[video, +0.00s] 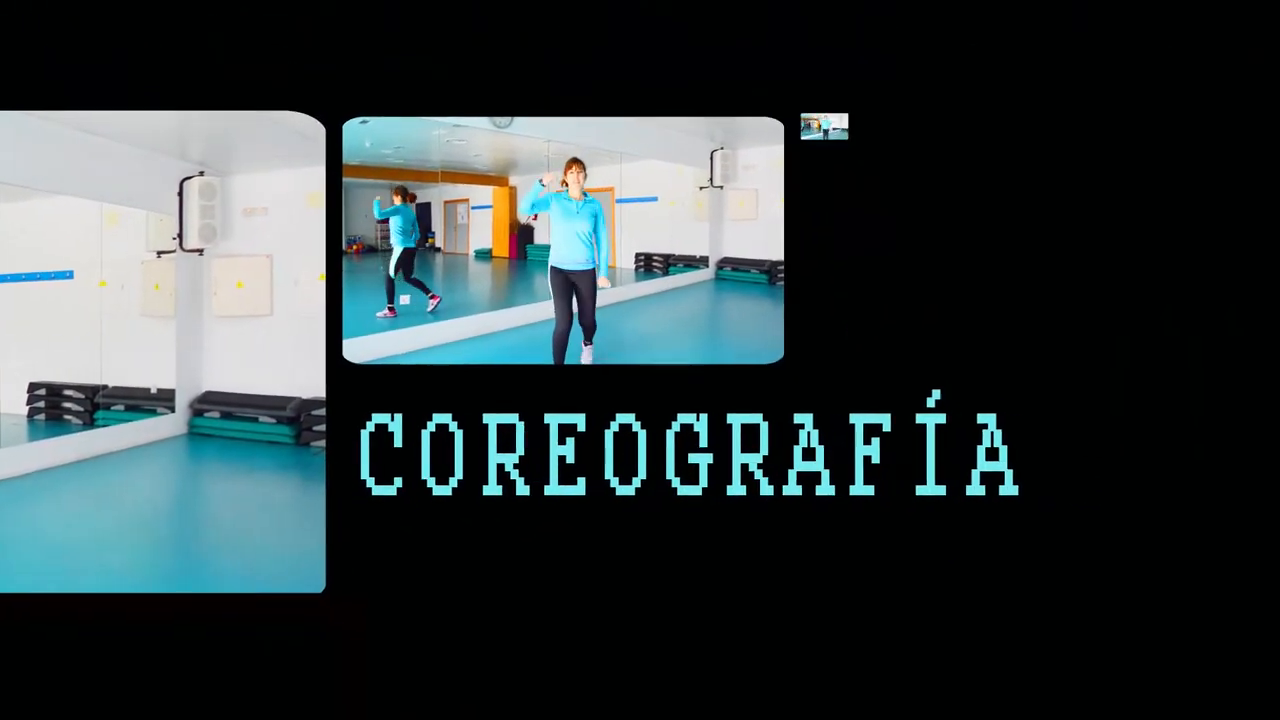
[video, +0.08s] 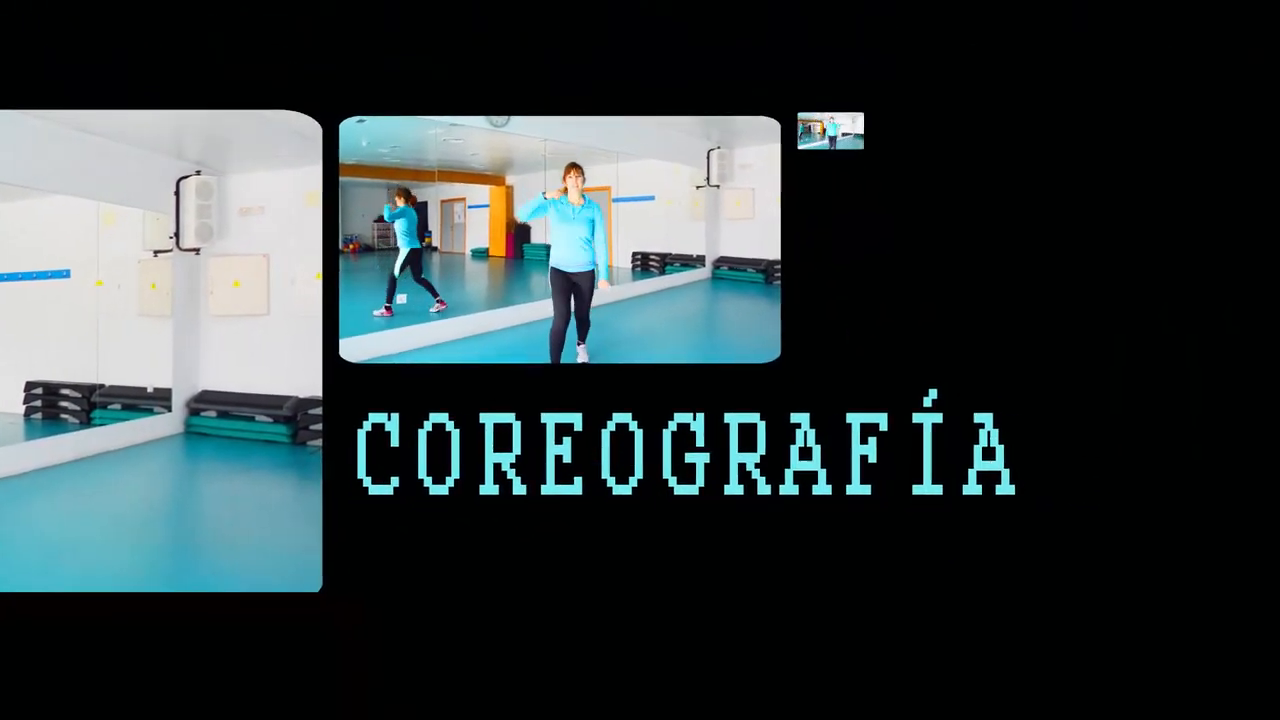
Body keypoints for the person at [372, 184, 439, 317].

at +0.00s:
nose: (393, 199)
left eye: (394, 196)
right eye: (393, 196)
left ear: (398, 196)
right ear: (405, 197)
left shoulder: (397, 209)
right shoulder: (411, 212)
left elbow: (379, 215)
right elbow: (417, 232)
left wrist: (376, 202)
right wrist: (412, 242)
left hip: (400, 247)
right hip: (411, 247)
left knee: (390, 276)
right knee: (408, 277)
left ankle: (390, 308)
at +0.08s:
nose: (396, 201)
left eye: (397, 198)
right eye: (396, 199)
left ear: (401, 198)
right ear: (407, 199)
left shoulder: (404, 210)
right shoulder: (412, 211)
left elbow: (388, 218)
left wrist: (387, 207)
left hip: (407, 248)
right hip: (416, 248)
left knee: (393, 276)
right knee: (418, 277)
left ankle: (387, 307)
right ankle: (439, 301)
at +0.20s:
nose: (399, 197)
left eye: (400, 194)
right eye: (399, 194)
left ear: (405, 193)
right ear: (409, 194)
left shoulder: (408, 205)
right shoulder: (415, 206)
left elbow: (401, 219)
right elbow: (414, 229)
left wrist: (392, 216)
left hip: (414, 242)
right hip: (421, 241)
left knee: (406, 272)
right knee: (424, 271)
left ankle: (395, 302)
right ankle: (436, 300)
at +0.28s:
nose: (401, 192)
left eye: (402, 189)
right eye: (401, 189)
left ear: (406, 189)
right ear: (410, 189)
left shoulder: (410, 201)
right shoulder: (414, 201)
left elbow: (402, 217)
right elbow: (409, 221)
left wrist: (391, 222)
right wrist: (397, 223)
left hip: (419, 236)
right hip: (415, 236)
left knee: (420, 266)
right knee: (411, 267)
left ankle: (431, 298)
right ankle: (414, 300)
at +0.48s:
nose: (403, 192)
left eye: (404, 190)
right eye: (403, 190)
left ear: (409, 190)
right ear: (414, 189)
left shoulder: (410, 201)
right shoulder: (421, 201)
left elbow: (395, 216)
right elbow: (429, 217)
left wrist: (377, 225)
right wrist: (416, 217)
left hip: (421, 238)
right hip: (422, 238)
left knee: (429, 267)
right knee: (411, 265)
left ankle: (452, 290)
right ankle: (418, 296)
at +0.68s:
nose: (401, 190)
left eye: (402, 187)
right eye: (401, 188)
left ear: (407, 187)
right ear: (412, 188)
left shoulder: (407, 201)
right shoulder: (421, 199)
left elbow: (394, 217)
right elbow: (434, 212)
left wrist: (378, 225)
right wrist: (424, 220)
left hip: (423, 235)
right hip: (422, 234)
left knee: (429, 261)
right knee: (408, 259)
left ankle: (447, 288)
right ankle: (406, 289)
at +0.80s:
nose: (396, 181)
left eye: (397, 178)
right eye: (396, 178)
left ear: (402, 178)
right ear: (407, 178)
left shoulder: (401, 192)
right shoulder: (417, 189)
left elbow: (394, 214)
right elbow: (429, 203)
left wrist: (396, 211)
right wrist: (426, 219)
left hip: (415, 225)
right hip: (419, 223)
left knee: (424, 254)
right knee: (402, 250)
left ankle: (437, 283)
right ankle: (409, 280)